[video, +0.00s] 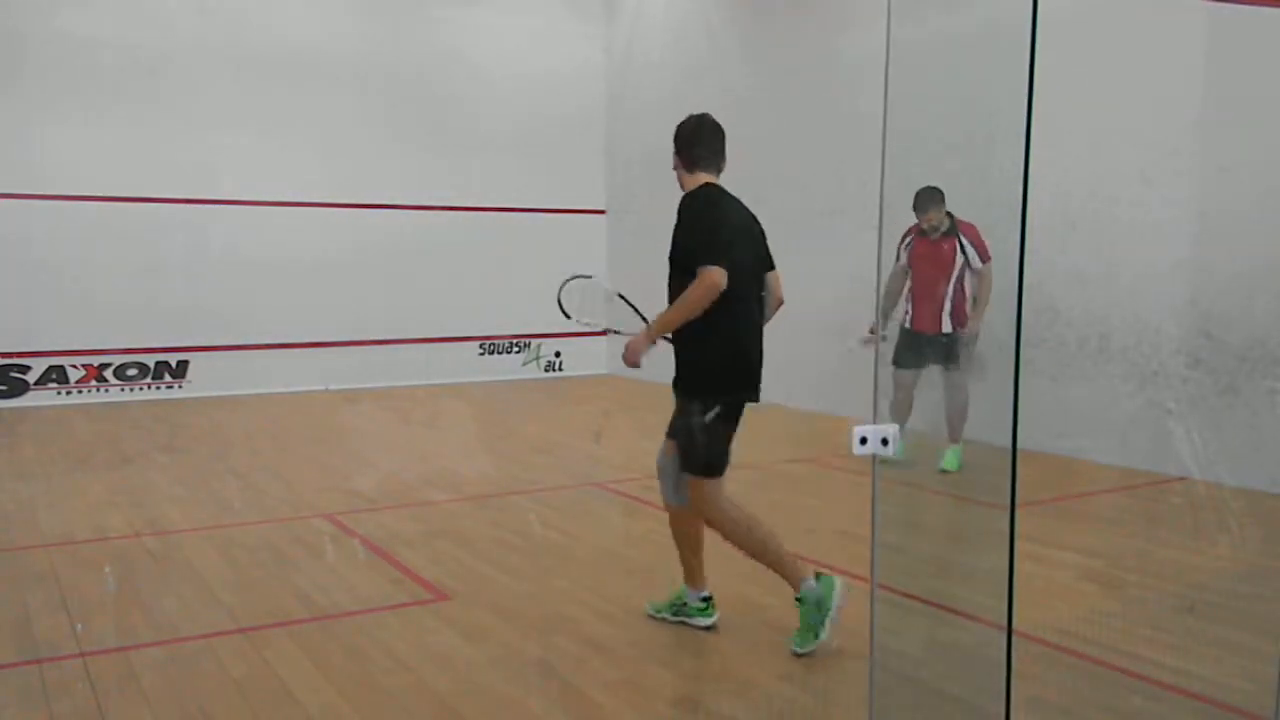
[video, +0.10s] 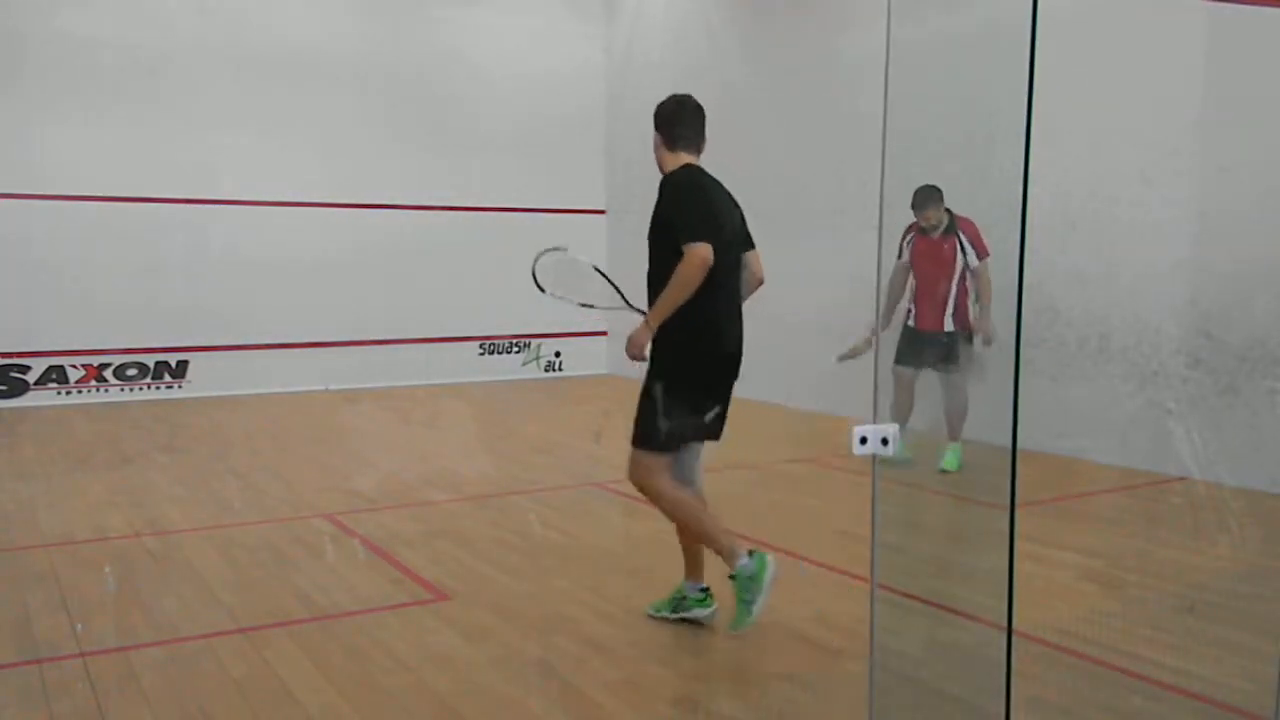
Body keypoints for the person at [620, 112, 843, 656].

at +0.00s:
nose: (671, 164)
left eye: (671, 156)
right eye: (682, 157)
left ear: (676, 159)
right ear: (722, 159)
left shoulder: (698, 208)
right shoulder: (740, 214)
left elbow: (712, 280)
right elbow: (773, 296)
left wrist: (651, 332)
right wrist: (722, 336)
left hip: (709, 377)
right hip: (723, 375)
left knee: (704, 498)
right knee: (671, 472)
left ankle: (810, 586)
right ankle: (695, 595)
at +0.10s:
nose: (653, 146)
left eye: (654, 138)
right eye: (658, 138)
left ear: (658, 140)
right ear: (703, 142)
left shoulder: (677, 189)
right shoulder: (719, 194)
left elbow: (697, 258)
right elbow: (753, 274)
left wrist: (650, 323)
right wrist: (702, 311)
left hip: (683, 350)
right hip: (717, 351)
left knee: (646, 471)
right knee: (683, 468)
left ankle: (742, 559)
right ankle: (694, 587)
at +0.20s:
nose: (634, 123)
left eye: (635, 115)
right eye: (637, 115)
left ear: (641, 117)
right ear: (685, 118)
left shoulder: (655, 163)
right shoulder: (709, 172)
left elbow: (681, 226)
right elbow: (741, 248)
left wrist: (638, 289)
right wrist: (695, 278)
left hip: (659, 331)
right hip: (702, 334)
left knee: (617, 449)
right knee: (681, 450)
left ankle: (666, 572)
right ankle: (694, 566)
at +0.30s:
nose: (617, 127)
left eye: (618, 118)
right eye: (621, 118)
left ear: (626, 121)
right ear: (669, 123)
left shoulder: (638, 168)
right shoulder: (696, 179)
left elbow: (659, 231)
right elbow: (730, 254)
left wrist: (609, 288)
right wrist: (677, 272)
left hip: (636, 333)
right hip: (684, 336)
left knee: (603, 451)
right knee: (665, 441)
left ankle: (599, 588)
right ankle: (694, 564)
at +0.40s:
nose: (603, 154)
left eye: (605, 147)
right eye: (607, 145)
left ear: (612, 153)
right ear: (655, 157)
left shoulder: (615, 207)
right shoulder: (681, 217)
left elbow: (628, 273)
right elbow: (713, 292)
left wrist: (579, 318)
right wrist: (658, 301)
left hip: (609, 367)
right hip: (664, 369)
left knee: (576, 475)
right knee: (654, 461)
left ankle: (585, 611)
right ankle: (686, 581)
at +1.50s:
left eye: (647, 134)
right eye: (688, 134)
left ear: (642, 141)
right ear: (692, 140)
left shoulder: (628, 198)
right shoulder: (723, 202)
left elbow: (620, 273)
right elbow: (757, 281)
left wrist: (598, 284)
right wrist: (715, 299)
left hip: (644, 356)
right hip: (703, 356)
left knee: (640, 480)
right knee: (709, 457)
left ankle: (645, 603)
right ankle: (712, 564)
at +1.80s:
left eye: (694, 139)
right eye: (735, 138)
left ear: (688, 146)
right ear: (738, 145)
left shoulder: (679, 202)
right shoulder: (770, 207)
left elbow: (653, 275)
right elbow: (819, 277)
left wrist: (647, 259)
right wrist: (771, 301)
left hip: (697, 360)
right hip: (759, 364)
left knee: (650, 464)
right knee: (747, 476)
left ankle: (661, 593)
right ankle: (786, 604)